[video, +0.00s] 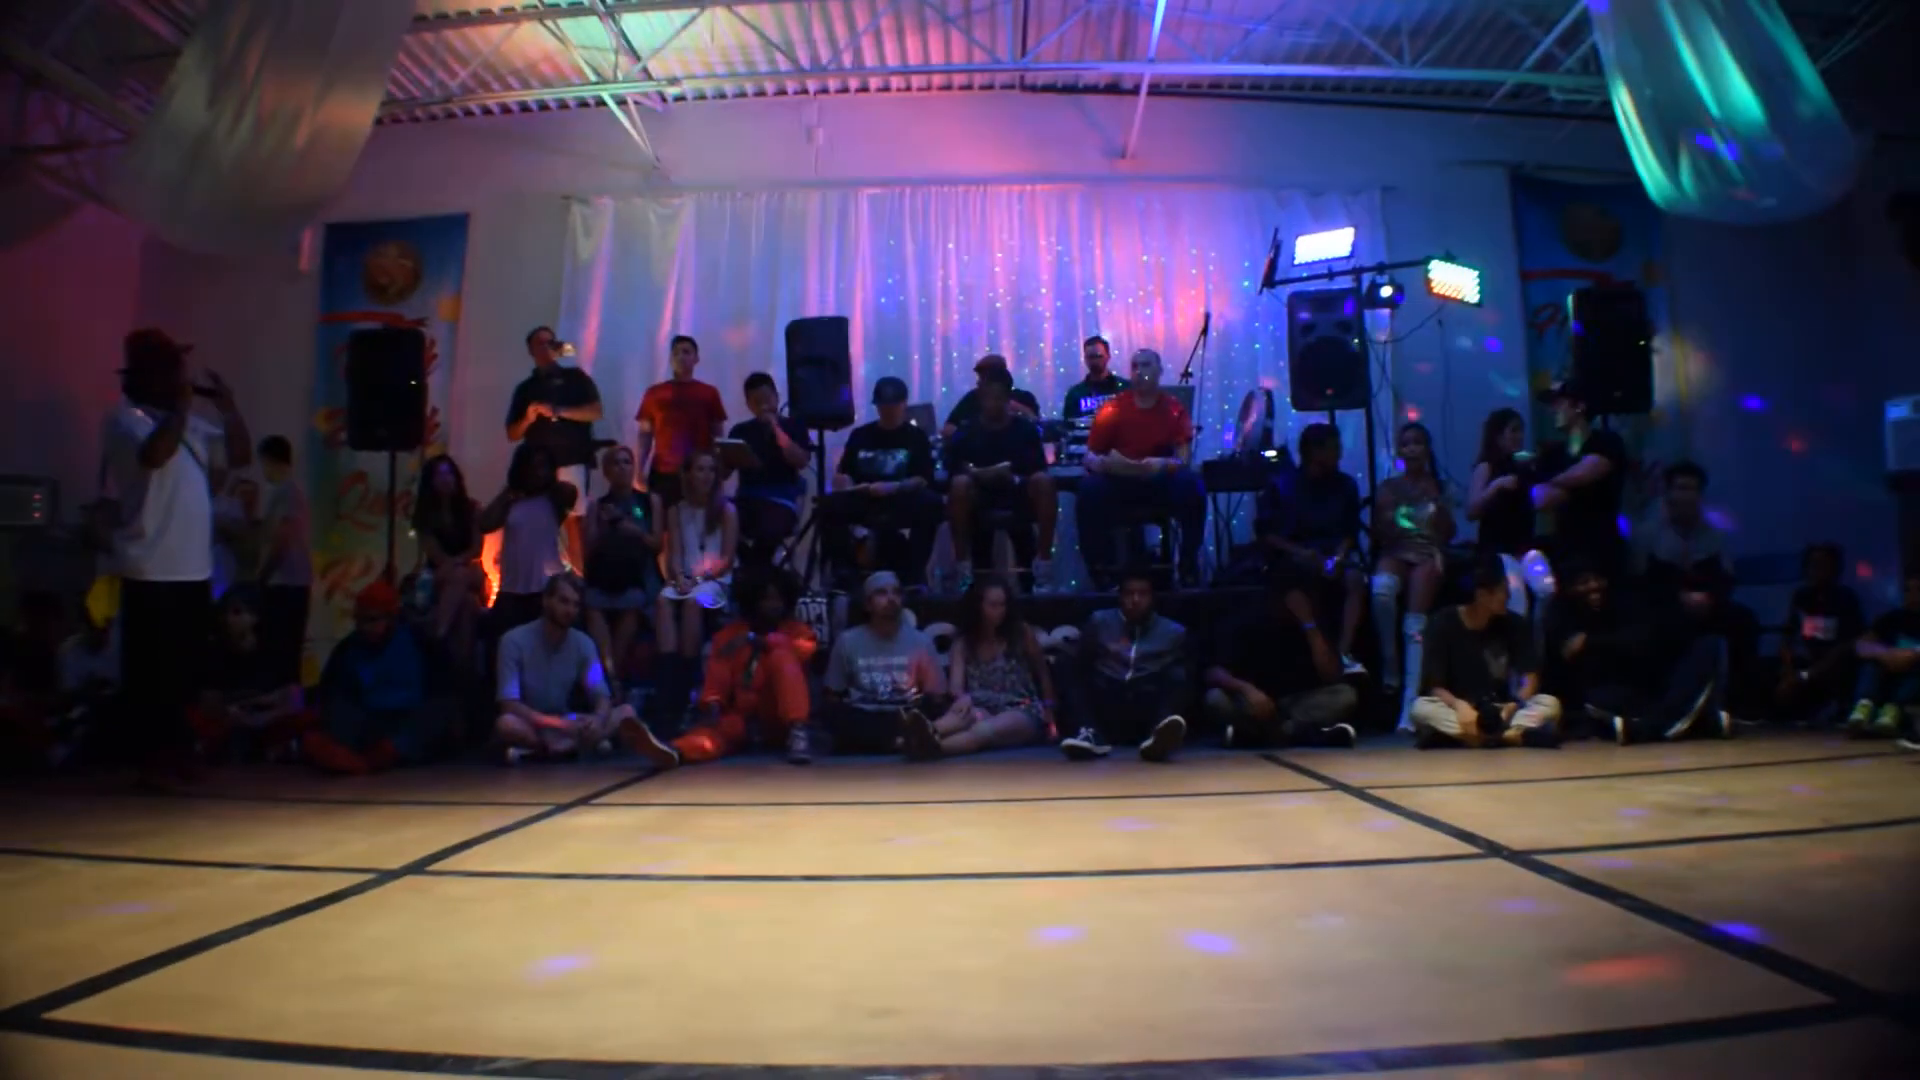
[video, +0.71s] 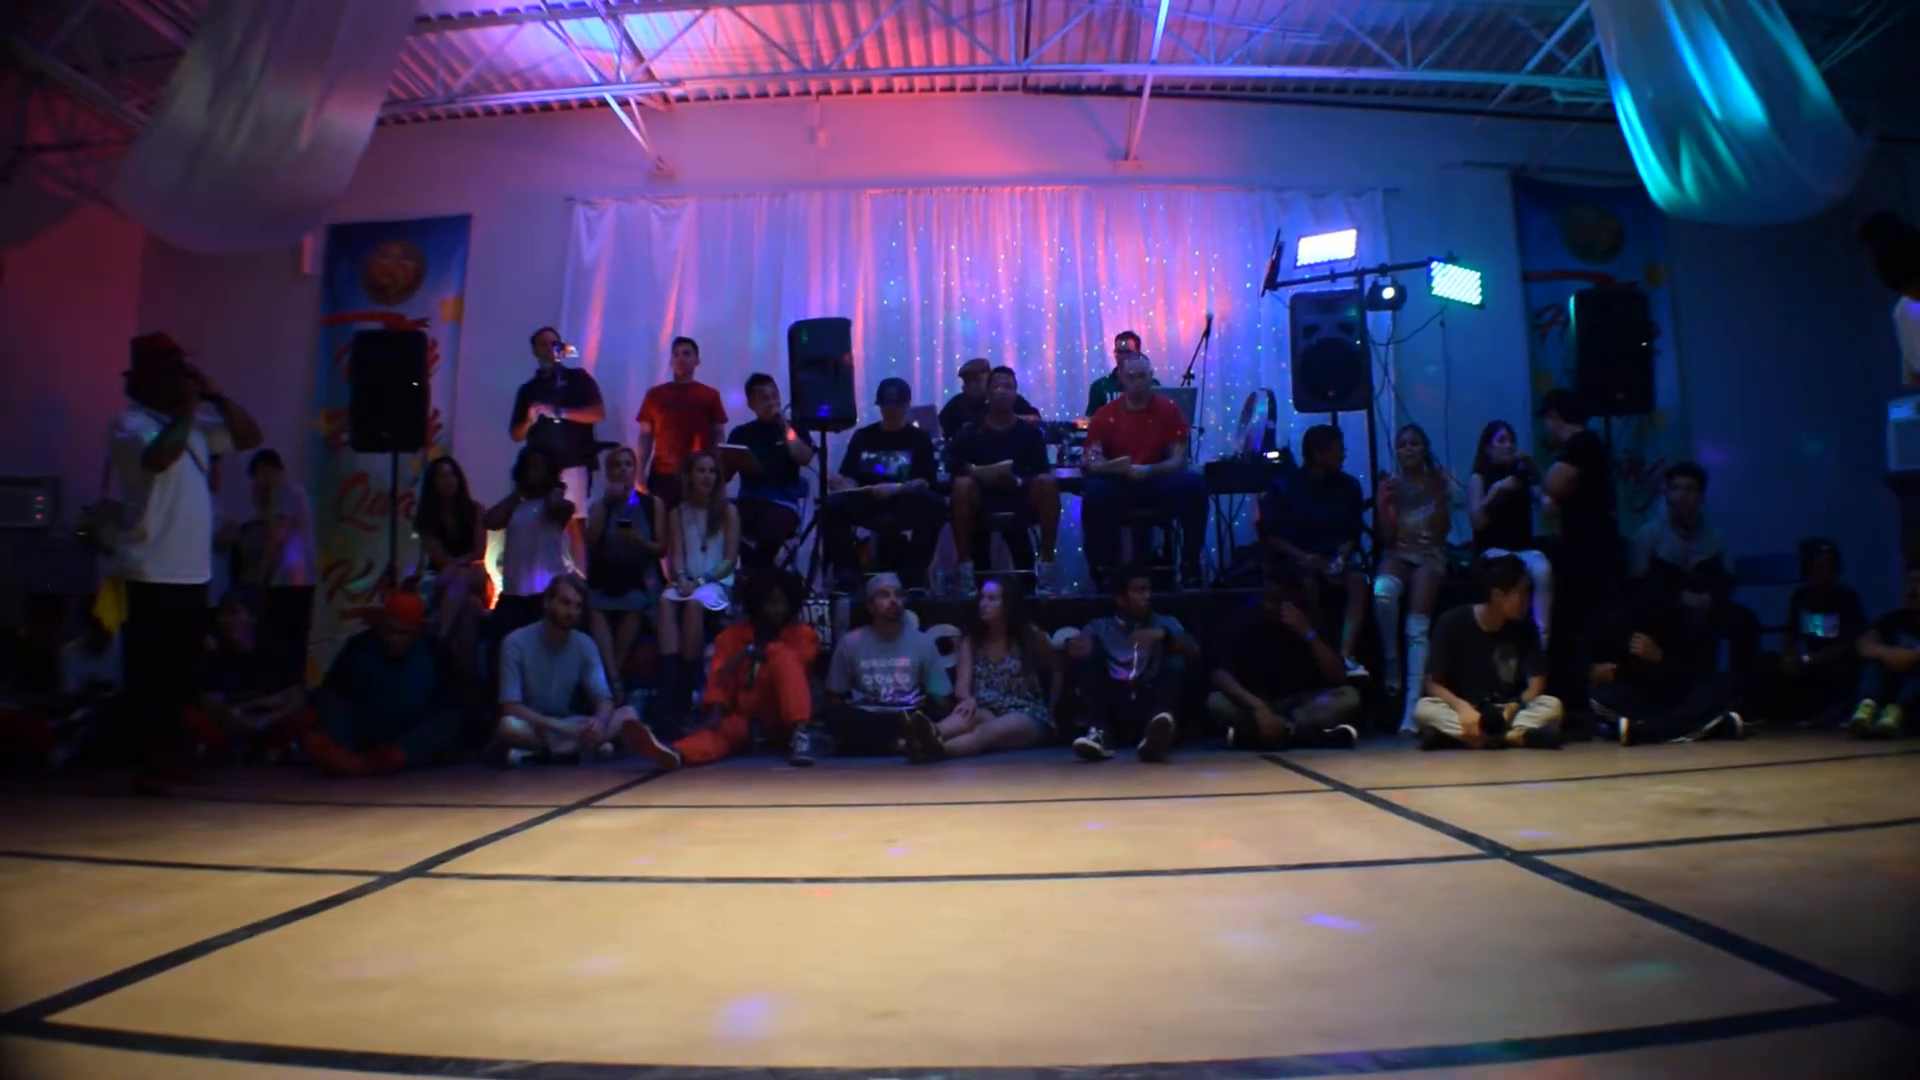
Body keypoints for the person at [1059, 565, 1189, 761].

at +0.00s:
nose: (1135, 600)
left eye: (1142, 594)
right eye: (1129, 594)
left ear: (1151, 598)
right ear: (1120, 598)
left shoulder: (1173, 633)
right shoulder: (1100, 623)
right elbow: (1083, 663)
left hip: (1148, 703)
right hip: (1104, 701)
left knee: (1177, 678)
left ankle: (1158, 736)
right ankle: (1089, 732)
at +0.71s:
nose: (1147, 596)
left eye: (1147, 590)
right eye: (1139, 591)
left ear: (1150, 593)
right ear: (1121, 598)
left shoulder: (1165, 624)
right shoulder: (1101, 627)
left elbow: (1192, 653)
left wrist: (1163, 636)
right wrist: (1076, 647)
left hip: (1150, 696)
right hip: (1111, 695)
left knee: (1174, 666)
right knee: (1090, 665)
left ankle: (1156, 738)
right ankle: (1096, 733)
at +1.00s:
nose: (1145, 604)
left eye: (1144, 598)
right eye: (1137, 599)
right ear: (1117, 608)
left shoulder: (1153, 622)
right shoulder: (1095, 628)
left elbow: (1188, 636)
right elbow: (1057, 645)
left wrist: (1147, 647)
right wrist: (1091, 667)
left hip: (1142, 698)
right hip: (1104, 698)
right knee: (1082, 672)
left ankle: (1145, 731)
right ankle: (1092, 735)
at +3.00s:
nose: (1134, 608)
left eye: (1136, 601)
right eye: (1126, 602)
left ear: (1141, 603)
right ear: (1108, 609)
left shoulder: (1150, 627)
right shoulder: (1094, 630)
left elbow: (1193, 648)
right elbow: (1064, 649)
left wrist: (1142, 665)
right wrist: (1115, 678)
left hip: (1146, 701)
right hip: (1107, 701)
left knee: (1171, 673)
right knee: (1086, 676)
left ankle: (1144, 735)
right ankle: (1101, 735)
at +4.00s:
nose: (1158, 609)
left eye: (1158, 603)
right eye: (1152, 604)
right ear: (1130, 607)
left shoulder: (1160, 629)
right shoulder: (1099, 630)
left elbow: (1194, 651)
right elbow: (1067, 650)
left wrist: (1147, 661)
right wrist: (1114, 667)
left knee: (1173, 670)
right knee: (1088, 671)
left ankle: (1145, 733)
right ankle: (1102, 735)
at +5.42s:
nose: (1134, 606)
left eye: (1134, 600)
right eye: (1126, 601)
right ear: (1107, 609)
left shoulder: (1145, 626)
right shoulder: (1088, 632)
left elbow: (1185, 647)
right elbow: (1059, 654)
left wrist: (1137, 659)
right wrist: (1107, 669)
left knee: (1163, 669)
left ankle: (1143, 733)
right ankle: (1099, 733)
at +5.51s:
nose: (1133, 606)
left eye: (1132, 600)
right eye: (1125, 601)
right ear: (1105, 610)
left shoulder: (1143, 627)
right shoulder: (1086, 633)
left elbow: (1185, 647)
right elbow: (1053, 652)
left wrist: (1136, 659)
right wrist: (1105, 668)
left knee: (1160, 668)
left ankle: (1142, 734)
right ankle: (1099, 734)